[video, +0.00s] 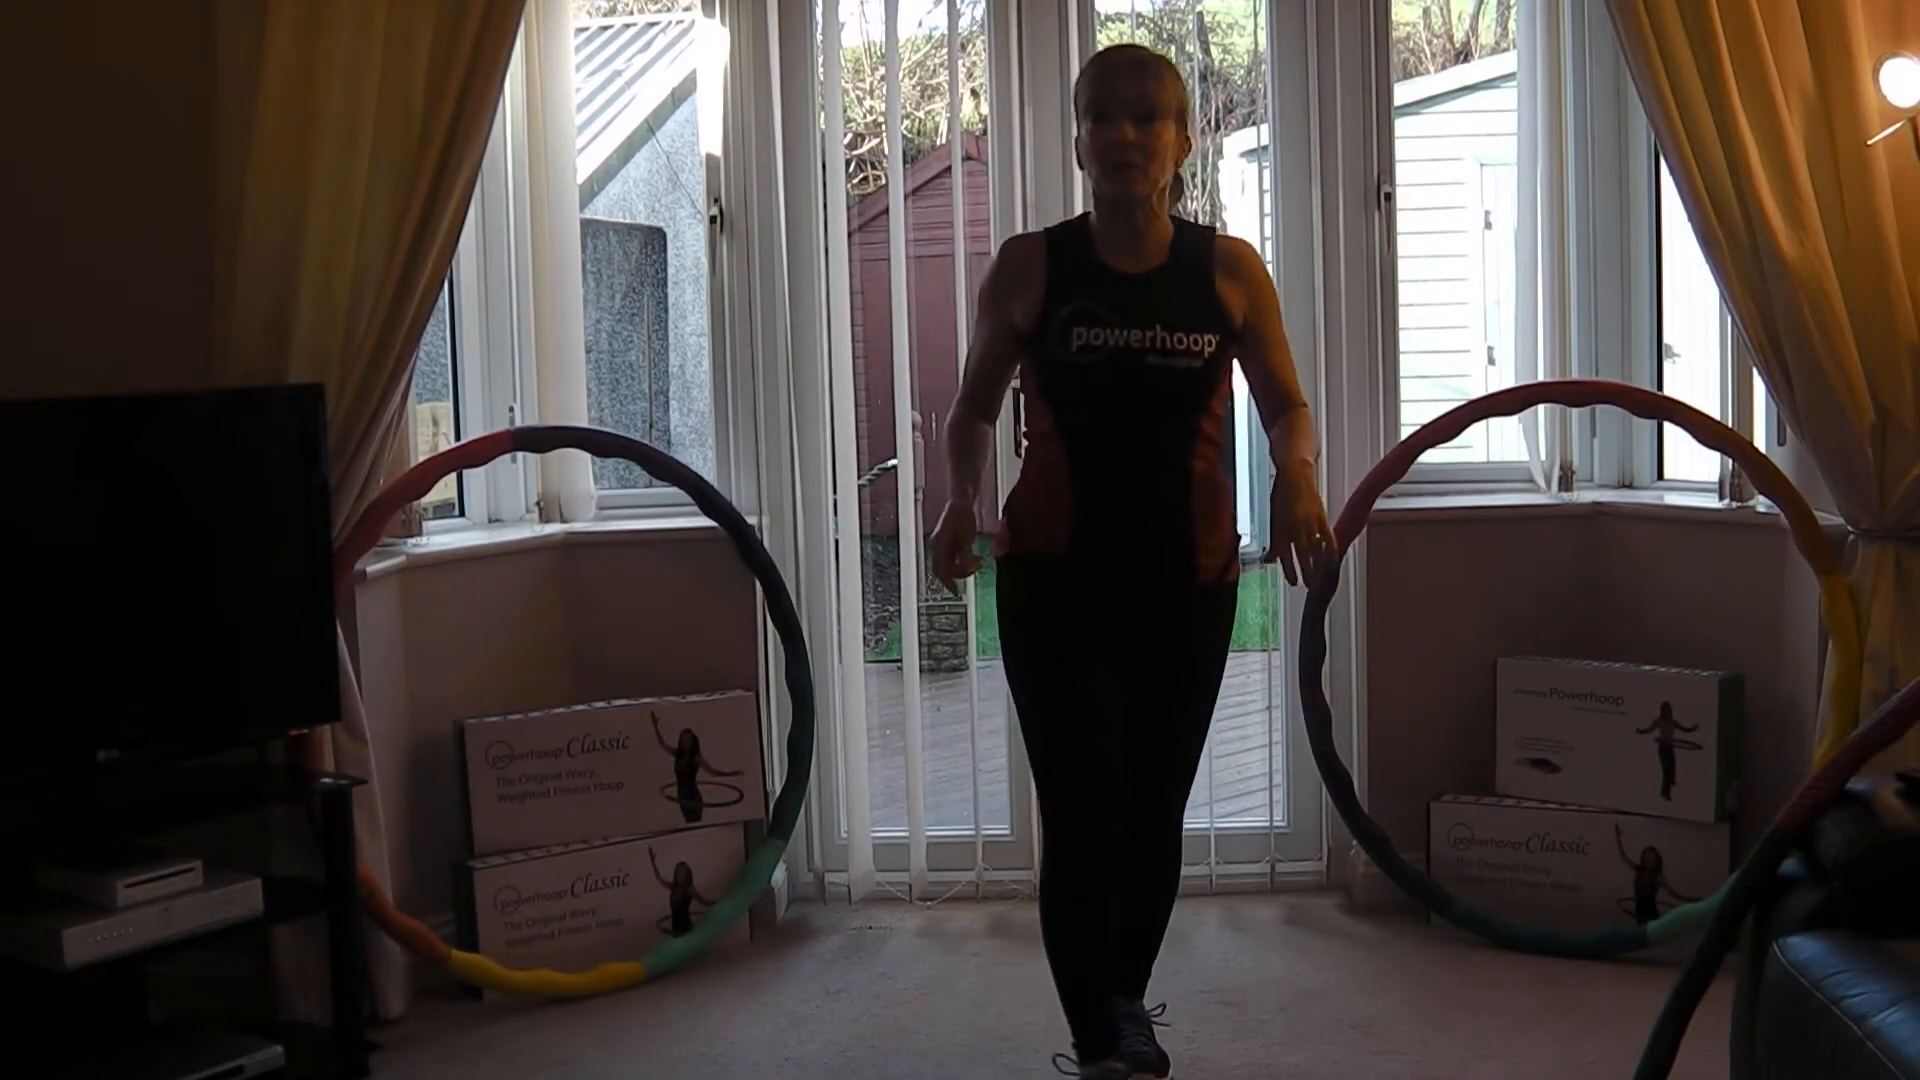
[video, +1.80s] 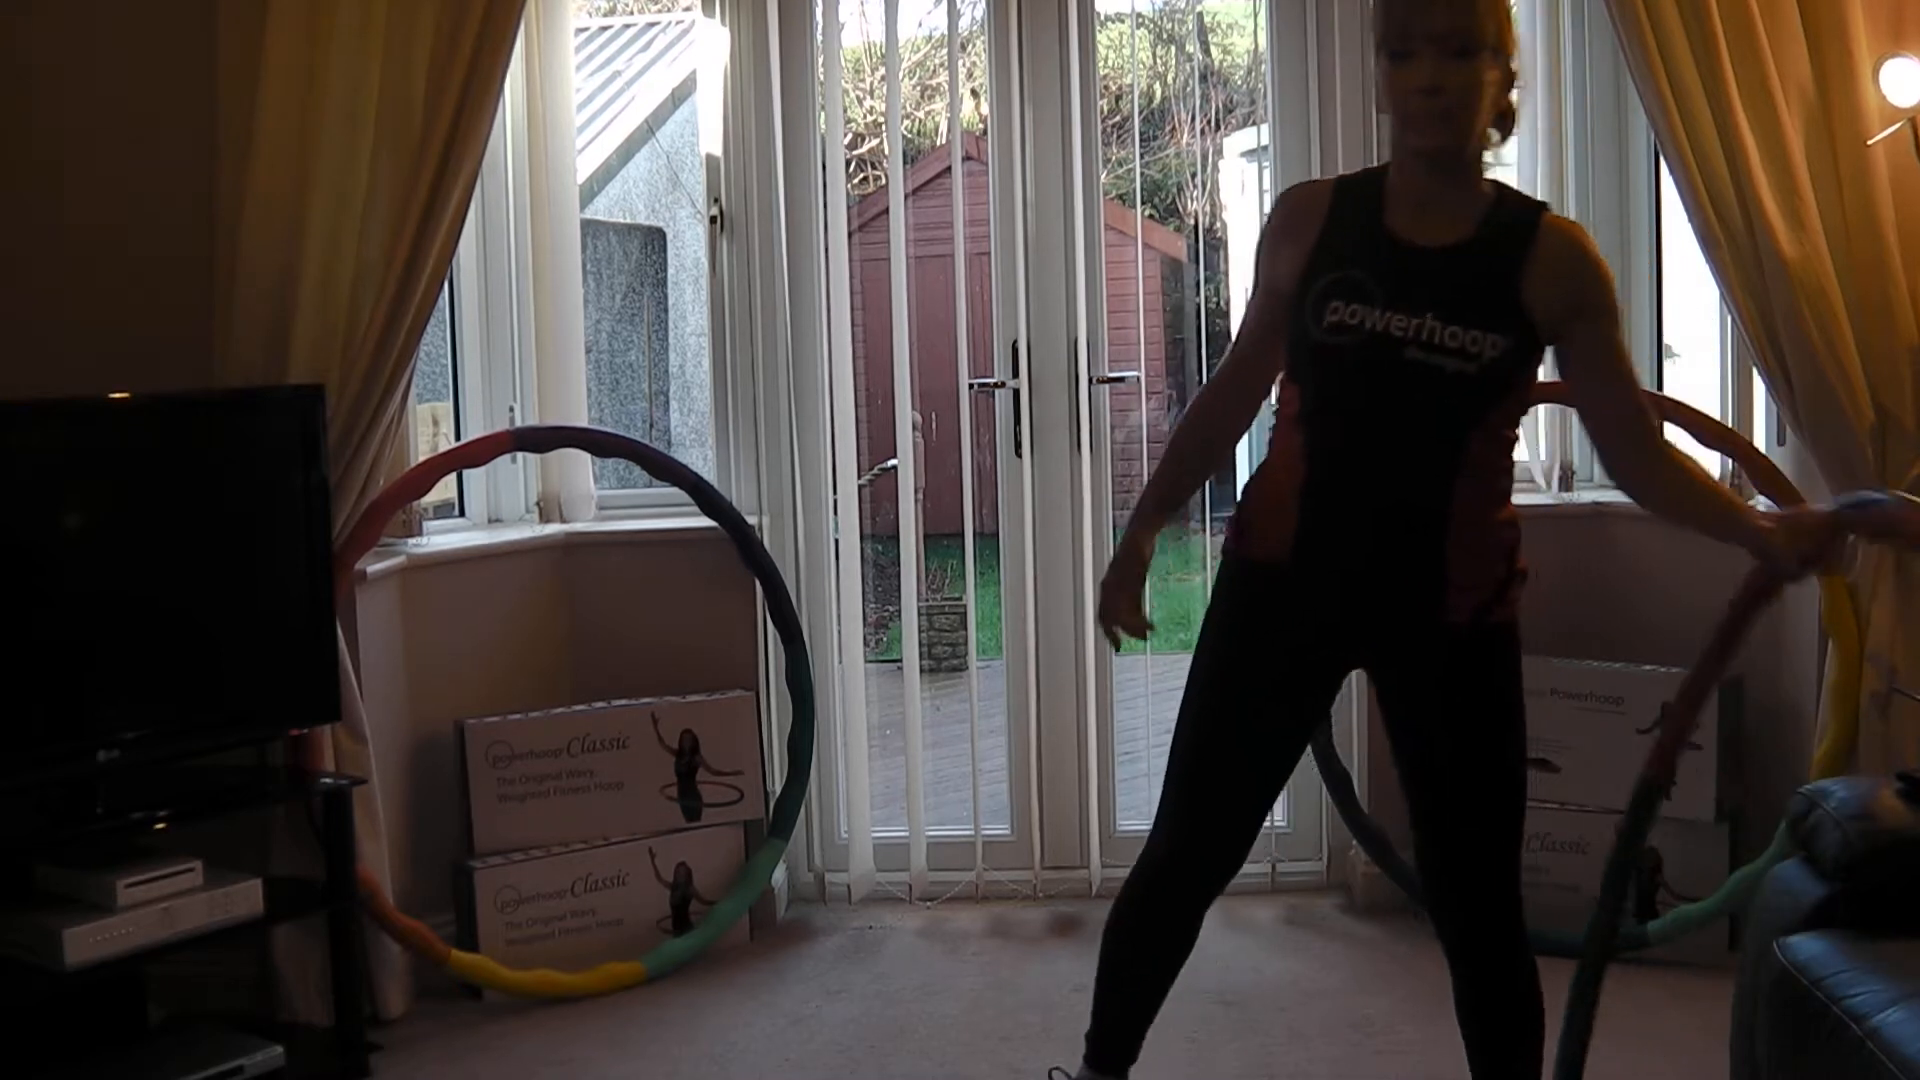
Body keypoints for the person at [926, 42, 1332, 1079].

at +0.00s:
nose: (1122, 137)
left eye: (1144, 117)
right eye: (1103, 117)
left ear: (1181, 137)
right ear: (1078, 133)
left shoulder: (1230, 268)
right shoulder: (1028, 266)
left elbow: (1283, 401)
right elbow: (975, 404)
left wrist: (1299, 483)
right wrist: (962, 502)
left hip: (1187, 579)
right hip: (1055, 577)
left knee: (1154, 805)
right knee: (1081, 806)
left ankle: (1126, 1004)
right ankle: (1096, 1034)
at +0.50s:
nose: (1213, 121)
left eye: (1225, 102)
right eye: (1185, 98)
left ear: (1233, 119)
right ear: (1116, 113)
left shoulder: (1264, 252)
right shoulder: (1060, 265)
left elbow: (1315, 409)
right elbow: (994, 441)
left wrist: (1391, 475)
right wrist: (1054, 523)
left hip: (1247, 596)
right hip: (1106, 602)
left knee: (1284, 860)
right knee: (1128, 878)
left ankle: (1192, 977)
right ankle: (1134, 1075)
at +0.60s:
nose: (1200, 100)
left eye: (1219, 80)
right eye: (1170, 79)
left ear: (1245, 105)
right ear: (1124, 105)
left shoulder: (1284, 248)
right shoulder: (1075, 256)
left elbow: (1349, 403)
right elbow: (1006, 436)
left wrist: (1445, 464)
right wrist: (1070, 517)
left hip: (1266, 596)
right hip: (1122, 601)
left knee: (1338, 845)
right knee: (1135, 875)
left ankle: (1278, 1037)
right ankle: (1136, 1077)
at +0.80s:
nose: (1253, 91)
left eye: (1274, 69)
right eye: (1224, 70)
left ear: (1306, 93)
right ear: (1185, 95)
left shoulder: (1360, 252)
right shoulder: (1131, 250)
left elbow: (1469, 396)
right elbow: (1048, 426)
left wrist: (1597, 439)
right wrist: (1069, 526)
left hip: (1329, 600)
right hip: (1171, 604)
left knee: (1414, 892)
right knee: (1160, 889)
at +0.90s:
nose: (1304, 90)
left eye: (1328, 67)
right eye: (1275, 68)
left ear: (1361, 92)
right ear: (1236, 96)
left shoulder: (1422, 259)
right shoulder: (1183, 251)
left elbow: (1561, 397)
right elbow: (1108, 410)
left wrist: (1719, 442)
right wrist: (1067, 542)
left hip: (1373, 617)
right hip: (1211, 615)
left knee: (1446, 911)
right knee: (1180, 900)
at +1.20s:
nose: (1457, 66)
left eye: (1487, 39)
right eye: (1430, 42)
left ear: (1533, 73)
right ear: (1402, 72)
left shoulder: (1589, 261)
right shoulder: (1337, 214)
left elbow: (1731, 392)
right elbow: (1272, 377)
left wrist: (1892, 489)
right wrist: (1170, 522)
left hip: (1473, 607)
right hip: (1311, 583)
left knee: (1488, 906)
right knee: (1237, 867)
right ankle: (1186, 1073)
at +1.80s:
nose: (1429, 76)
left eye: (1458, 52)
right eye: (1404, 52)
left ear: (1503, 82)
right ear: (1377, 76)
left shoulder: (1553, 260)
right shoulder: (1311, 222)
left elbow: (1634, 448)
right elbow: (1236, 391)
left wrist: (1759, 533)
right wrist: (1137, 537)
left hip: (1450, 602)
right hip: (1285, 584)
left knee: (1480, 906)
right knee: (1184, 857)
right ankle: (1100, 1066)